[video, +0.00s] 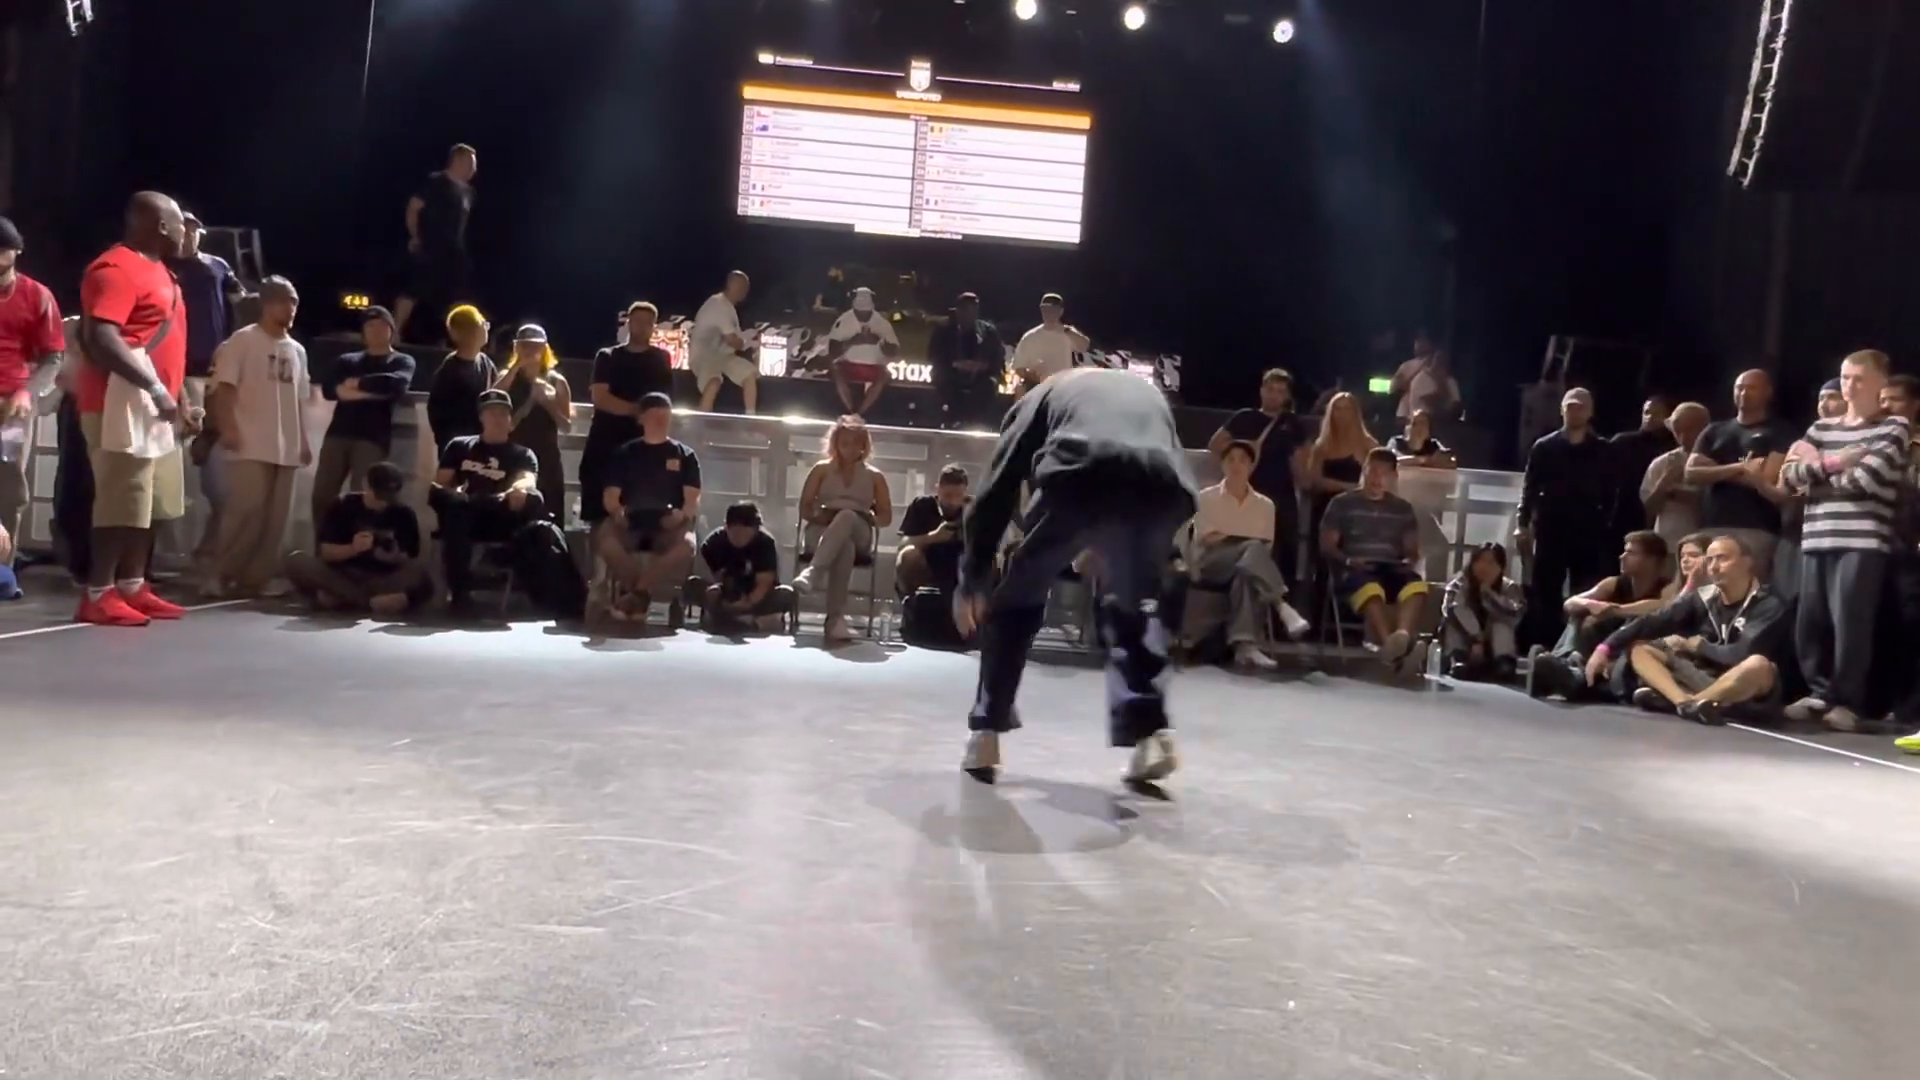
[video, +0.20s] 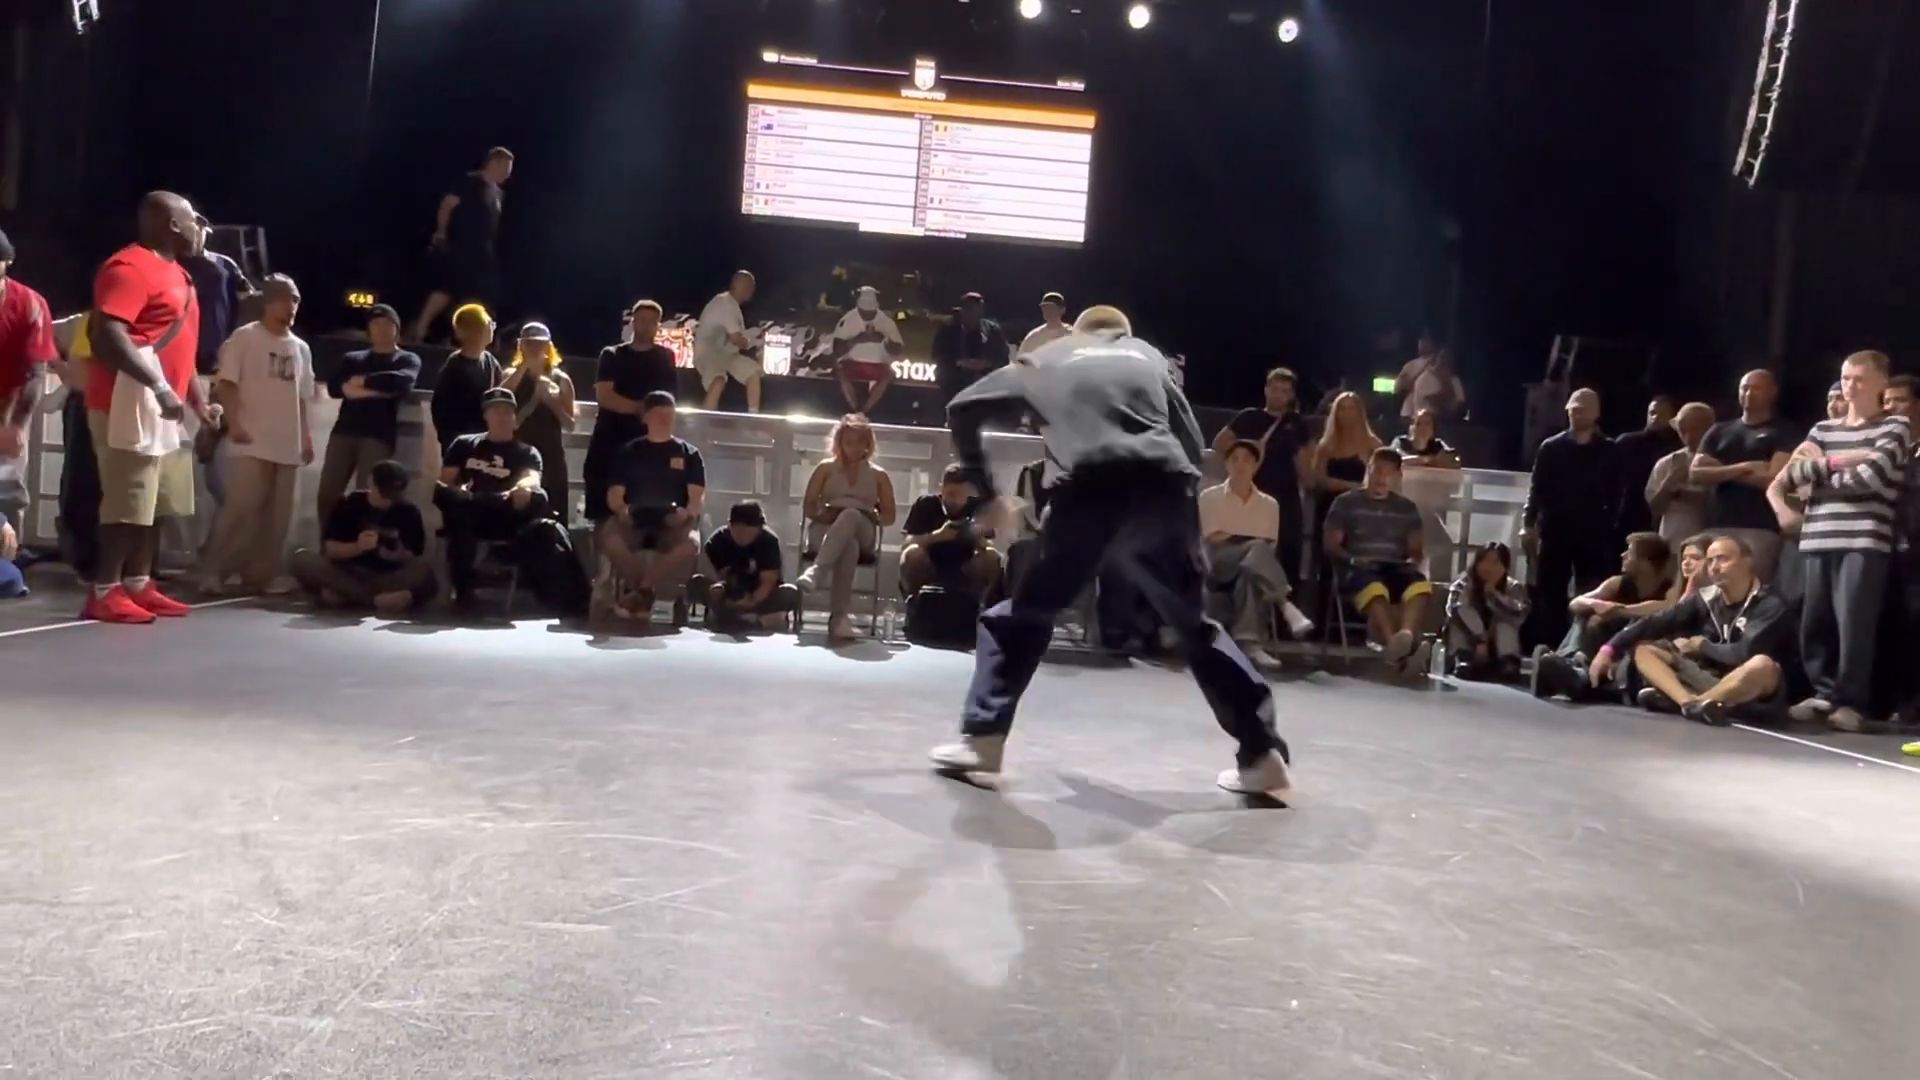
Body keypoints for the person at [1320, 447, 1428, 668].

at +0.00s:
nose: (1377, 480)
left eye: (1383, 474)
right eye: (1373, 473)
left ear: (1393, 477)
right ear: (1364, 473)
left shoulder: (1403, 508)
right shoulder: (1341, 503)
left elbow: (1412, 549)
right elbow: (1327, 545)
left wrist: (1409, 562)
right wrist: (1349, 561)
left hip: (1393, 564)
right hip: (1360, 562)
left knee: (1417, 590)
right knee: (1372, 595)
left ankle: (1401, 643)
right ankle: (1391, 653)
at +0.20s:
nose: (1382, 479)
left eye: (1388, 473)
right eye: (1377, 472)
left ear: (1397, 477)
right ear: (1368, 472)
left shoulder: (1407, 507)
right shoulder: (1345, 503)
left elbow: (1415, 550)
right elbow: (1331, 545)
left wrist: (1410, 562)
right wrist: (1353, 560)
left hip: (1396, 564)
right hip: (1362, 563)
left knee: (1421, 587)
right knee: (1375, 592)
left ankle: (1404, 643)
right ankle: (1397, 652)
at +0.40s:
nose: (1384, 477)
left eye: (1390, 472)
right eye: (1379, 470)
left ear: (1400, 476)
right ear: (1370, 470)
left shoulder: (1409, 506)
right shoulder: (1348, 502)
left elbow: (1419, 549)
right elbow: (1333, 543)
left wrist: (1414, 561)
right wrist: (1355, 559)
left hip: (1398, 563)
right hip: (1366, 560)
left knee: (1422, 586)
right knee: (1378, 592)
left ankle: (1406, 642)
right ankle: (1398, 652)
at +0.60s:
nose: (1388, 475)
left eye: (1395, 469)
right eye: (1384, 467)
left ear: (1404, 474)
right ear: (1374, 467)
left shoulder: (1413, 504)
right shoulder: (1352, 499)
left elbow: (1422, 547)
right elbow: (1336, 541)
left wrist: (1418, 559)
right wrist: (1358, 558)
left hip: (1402, 562)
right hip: (1369, 559)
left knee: (1426, 583)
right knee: (1380, 589)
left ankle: (1409, 639)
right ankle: (1402, 649)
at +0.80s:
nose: (1391, 471)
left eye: (1398, 466)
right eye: (1386, 464)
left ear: (1408, 471)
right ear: (1377, 464)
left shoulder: (1416, 502)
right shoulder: (1355, 496)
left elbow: (1425, 546)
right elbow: (1339, 539)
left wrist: (1420, 557)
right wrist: (1362, 555)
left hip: (1404, 559)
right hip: (1371, 556)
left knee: (1429, 580)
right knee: (1384, 586)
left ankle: (1413, 636)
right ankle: (1404, 647)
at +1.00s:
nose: (1394, 470)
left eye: (1402, 464)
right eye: (1390, 462)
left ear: (1411, 470)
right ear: (1380, 463)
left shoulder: (1419, 500)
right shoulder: (1357, 495)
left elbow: (1428, 544)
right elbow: (1343, 538)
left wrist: (1423, 555)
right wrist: (1367, 553)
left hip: (1408, 557)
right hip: (1375, 555)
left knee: (1432, 579)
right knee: (1388, 585)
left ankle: (1416, 634)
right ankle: (1408, 646)